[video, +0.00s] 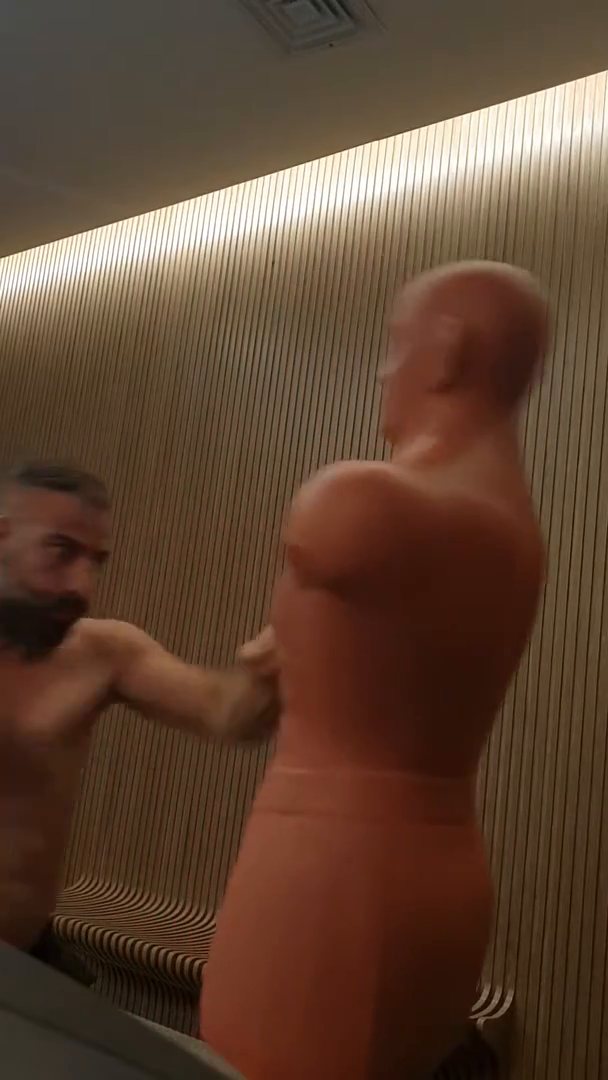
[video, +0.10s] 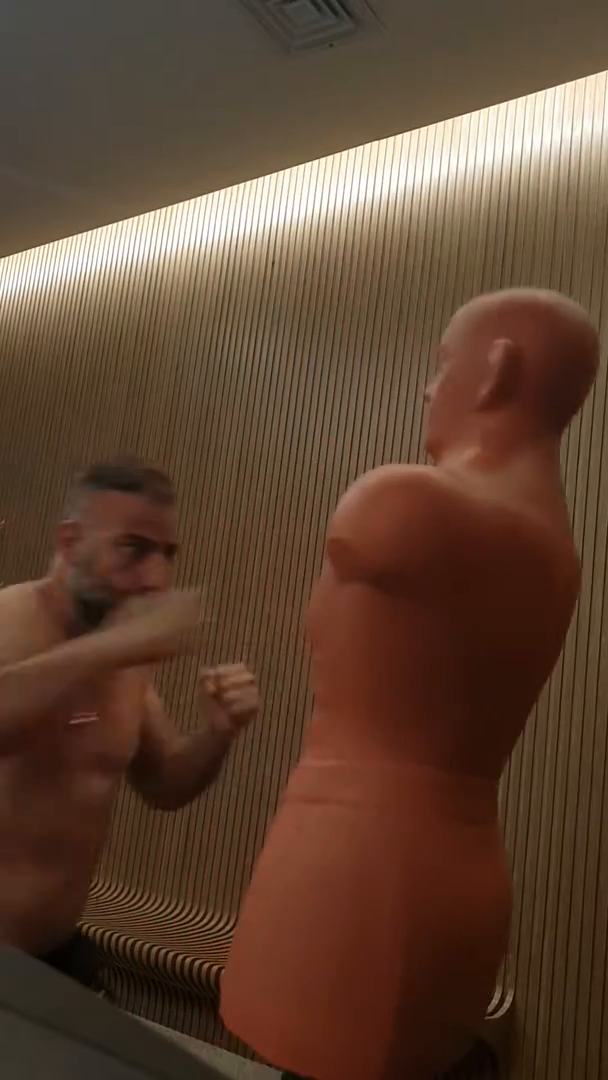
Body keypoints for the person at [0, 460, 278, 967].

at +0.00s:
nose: (82, 584)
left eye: (95, 561)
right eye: (61, 551)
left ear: (103, 563)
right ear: (2, 535)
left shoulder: (100, 652)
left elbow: (223, 710)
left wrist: (260, 679)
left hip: (23, 953)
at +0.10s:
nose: (155, 578)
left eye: (167, 554)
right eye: (133, 549)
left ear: (176, 556)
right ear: (69, 542)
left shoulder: (129, 652)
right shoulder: (12, 621)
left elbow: (163, 784)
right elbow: (8, 711)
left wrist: (218, 731)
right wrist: (115, 645)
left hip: (57, 955)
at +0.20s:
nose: (190, 588)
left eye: (200, 564)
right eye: (169, 558)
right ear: (104, 543)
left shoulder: (159, 661)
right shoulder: (28, 626)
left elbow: (218, 779)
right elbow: (82, 722)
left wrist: (245, 686)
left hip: (77, 964)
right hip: (9, 956)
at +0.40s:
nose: (229, 610)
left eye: (243, 590)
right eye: (211, 579)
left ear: (250, 598)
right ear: (154, 570)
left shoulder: (215, 705)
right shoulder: (41, 666)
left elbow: (260, 833)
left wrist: (287, 722)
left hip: (100, 988)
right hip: (11, 958)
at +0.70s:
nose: (225, 622)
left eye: (240, 603)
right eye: (209, 593)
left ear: (248, 608)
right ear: (155, 581)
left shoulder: (166, 682)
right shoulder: (93, 648)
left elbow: (198, 833)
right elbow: (19, 779)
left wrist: (232, 711)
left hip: (69, 955)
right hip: (13, 943)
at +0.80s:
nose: (191, 615)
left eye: (205, 596)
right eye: (174, 584)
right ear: (118, 572)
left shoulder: (123, 673)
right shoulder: (57, 638)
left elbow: (154, 829)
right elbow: (69, 758)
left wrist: (196, 695)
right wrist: (199, 677)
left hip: (47, 955)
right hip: (9, 951)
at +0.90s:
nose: (143, 609)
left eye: (157, 591)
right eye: (124, 579)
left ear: (164, 599)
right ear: (67, 568)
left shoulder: (80, 684)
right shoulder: (13, 644)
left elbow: (104, 837)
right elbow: (14, 791)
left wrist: (150, 704)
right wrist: (157, 697)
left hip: (18, 945)